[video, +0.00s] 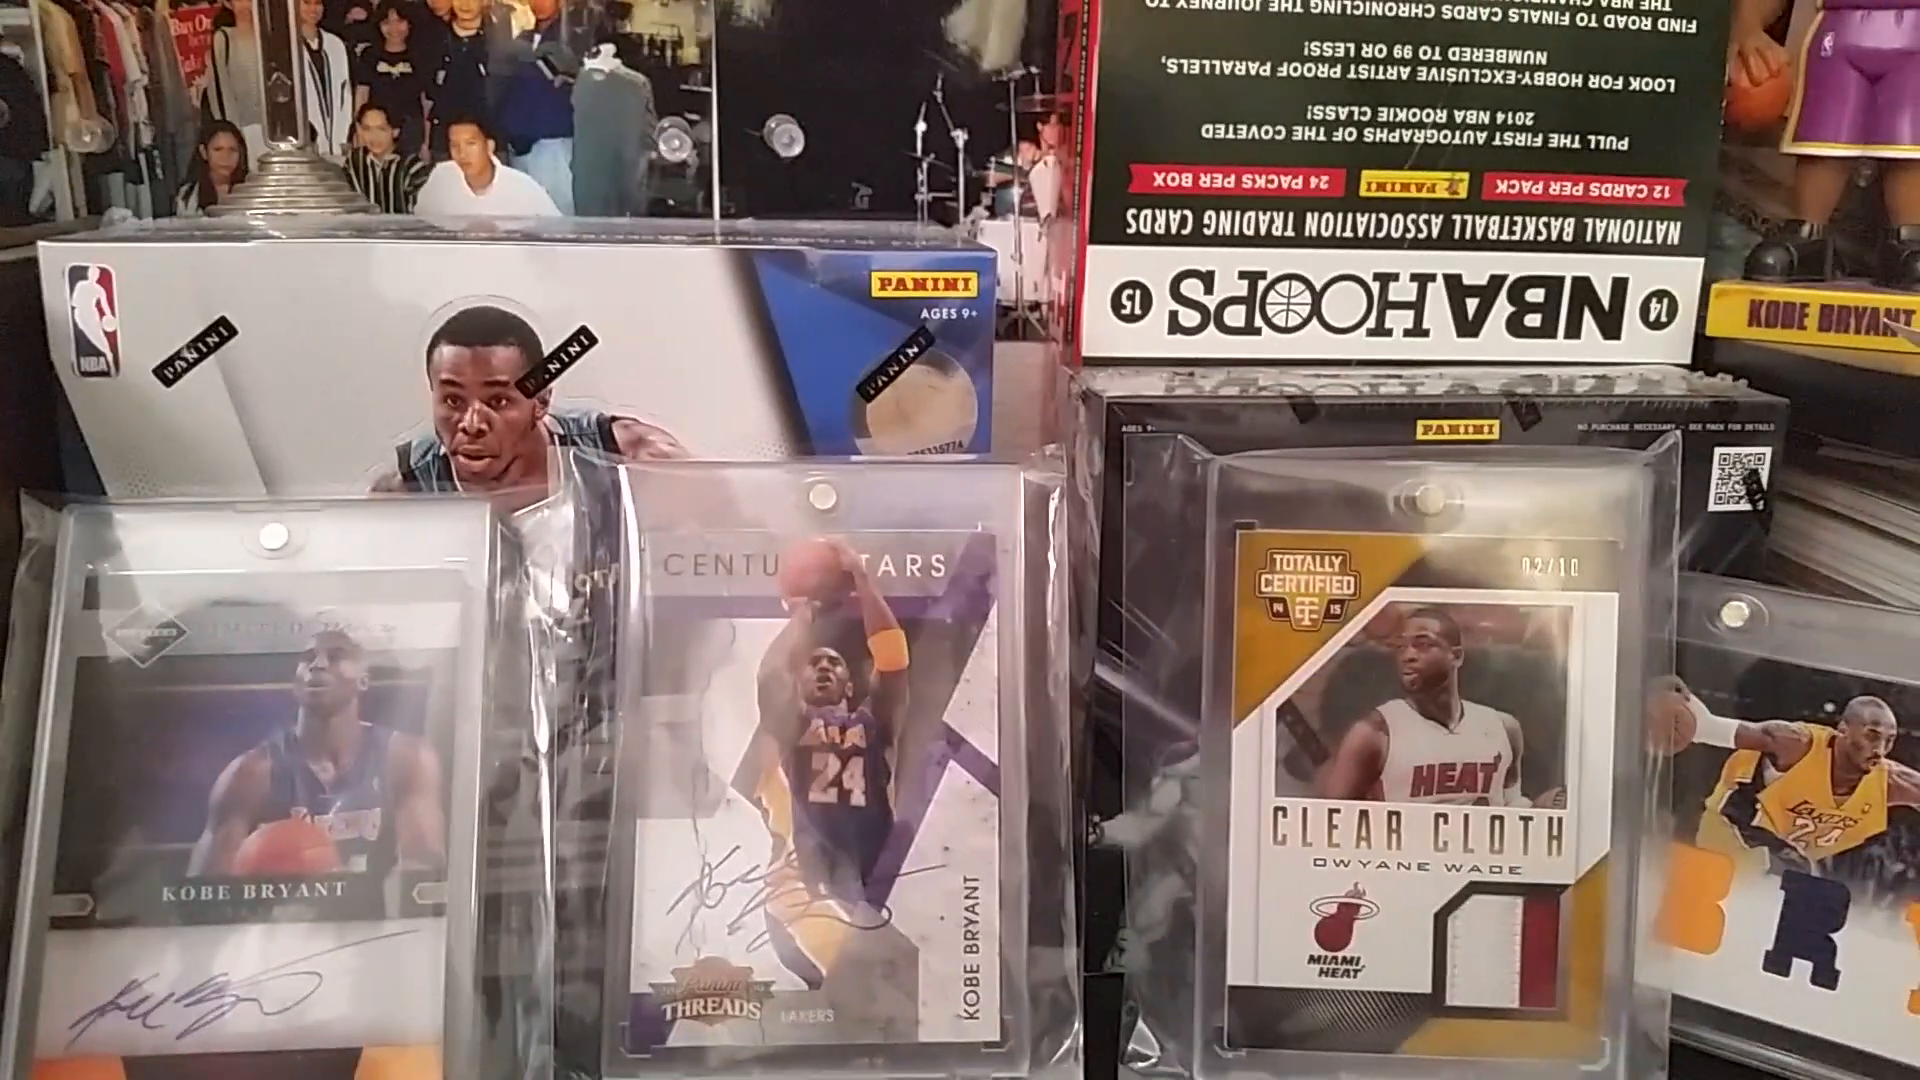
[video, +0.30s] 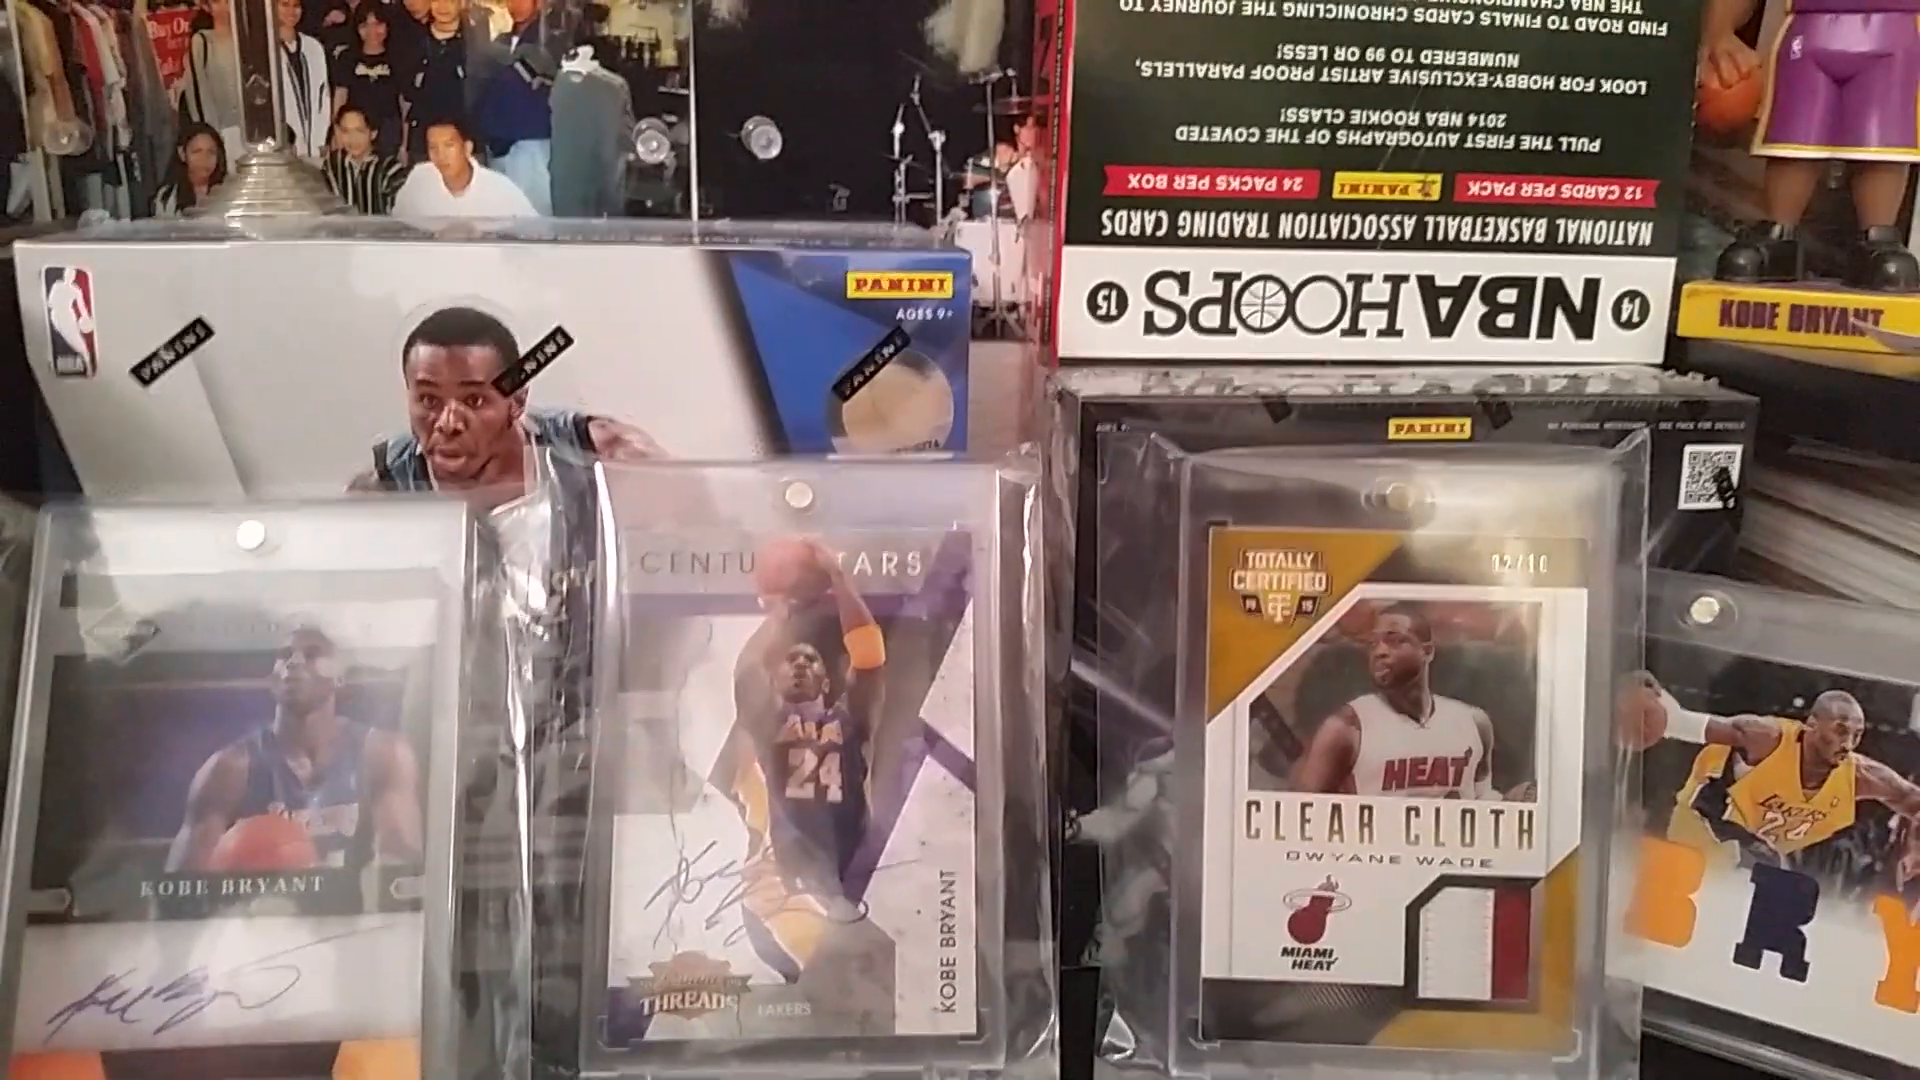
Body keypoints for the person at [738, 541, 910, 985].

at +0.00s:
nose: (823, 668)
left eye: (834, 662)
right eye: (812, 663)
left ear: (850, 679)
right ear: (796, 679)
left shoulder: (875, 723)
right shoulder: (788, 727)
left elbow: (890, 656)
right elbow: (772, 673)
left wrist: (862, 578)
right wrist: (803, 611)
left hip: (862, 893)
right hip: (798, 891)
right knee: (869, 967)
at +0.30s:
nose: (799, 666)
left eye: (810, 659)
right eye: (790, 659)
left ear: (825, 677)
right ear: (774, 673)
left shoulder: (850, 723)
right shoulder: (767, 726)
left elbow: (868, 656)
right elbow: (749, 667)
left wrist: (838, 578)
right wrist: (783, 606)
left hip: (835, 889)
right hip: (775, 886)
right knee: (873, 954)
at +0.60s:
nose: (816, 665)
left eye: (826, 659)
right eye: (807, 659)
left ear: (842, 679)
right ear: (791, 675)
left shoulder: (866, 720)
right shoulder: (785, 724)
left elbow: (885, 654)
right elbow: (767, 666)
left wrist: (855, 575)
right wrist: (799, 605)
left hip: (852, 888)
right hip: (794, 885)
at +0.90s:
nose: (841, 658)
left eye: (852, 653)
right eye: (831, 652)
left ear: (868, 671)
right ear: (816, 667)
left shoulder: (892, 713)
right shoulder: (811, 717)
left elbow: (908, 647)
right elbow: (792, 660)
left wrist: (880, 570)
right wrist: (822, 601)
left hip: (881, 874)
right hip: (821, 870)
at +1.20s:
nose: (856, 658)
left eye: (867, 651)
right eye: (846, 651)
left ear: (882, 665)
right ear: (828, 662)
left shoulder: (901, 703)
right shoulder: (822, 708)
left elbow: (922, 643)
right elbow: (810, 657)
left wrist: (894, 576)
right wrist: (834, 604)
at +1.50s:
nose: (911, 649)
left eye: (920, 644)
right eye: (899, 644)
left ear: (936, 661)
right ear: (881, 660)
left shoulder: (958, 704)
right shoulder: (873, 704)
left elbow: (974, 638)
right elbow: (860, 653)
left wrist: (947, 562)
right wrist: (889, 596)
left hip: (949, 863)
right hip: (888, 863)